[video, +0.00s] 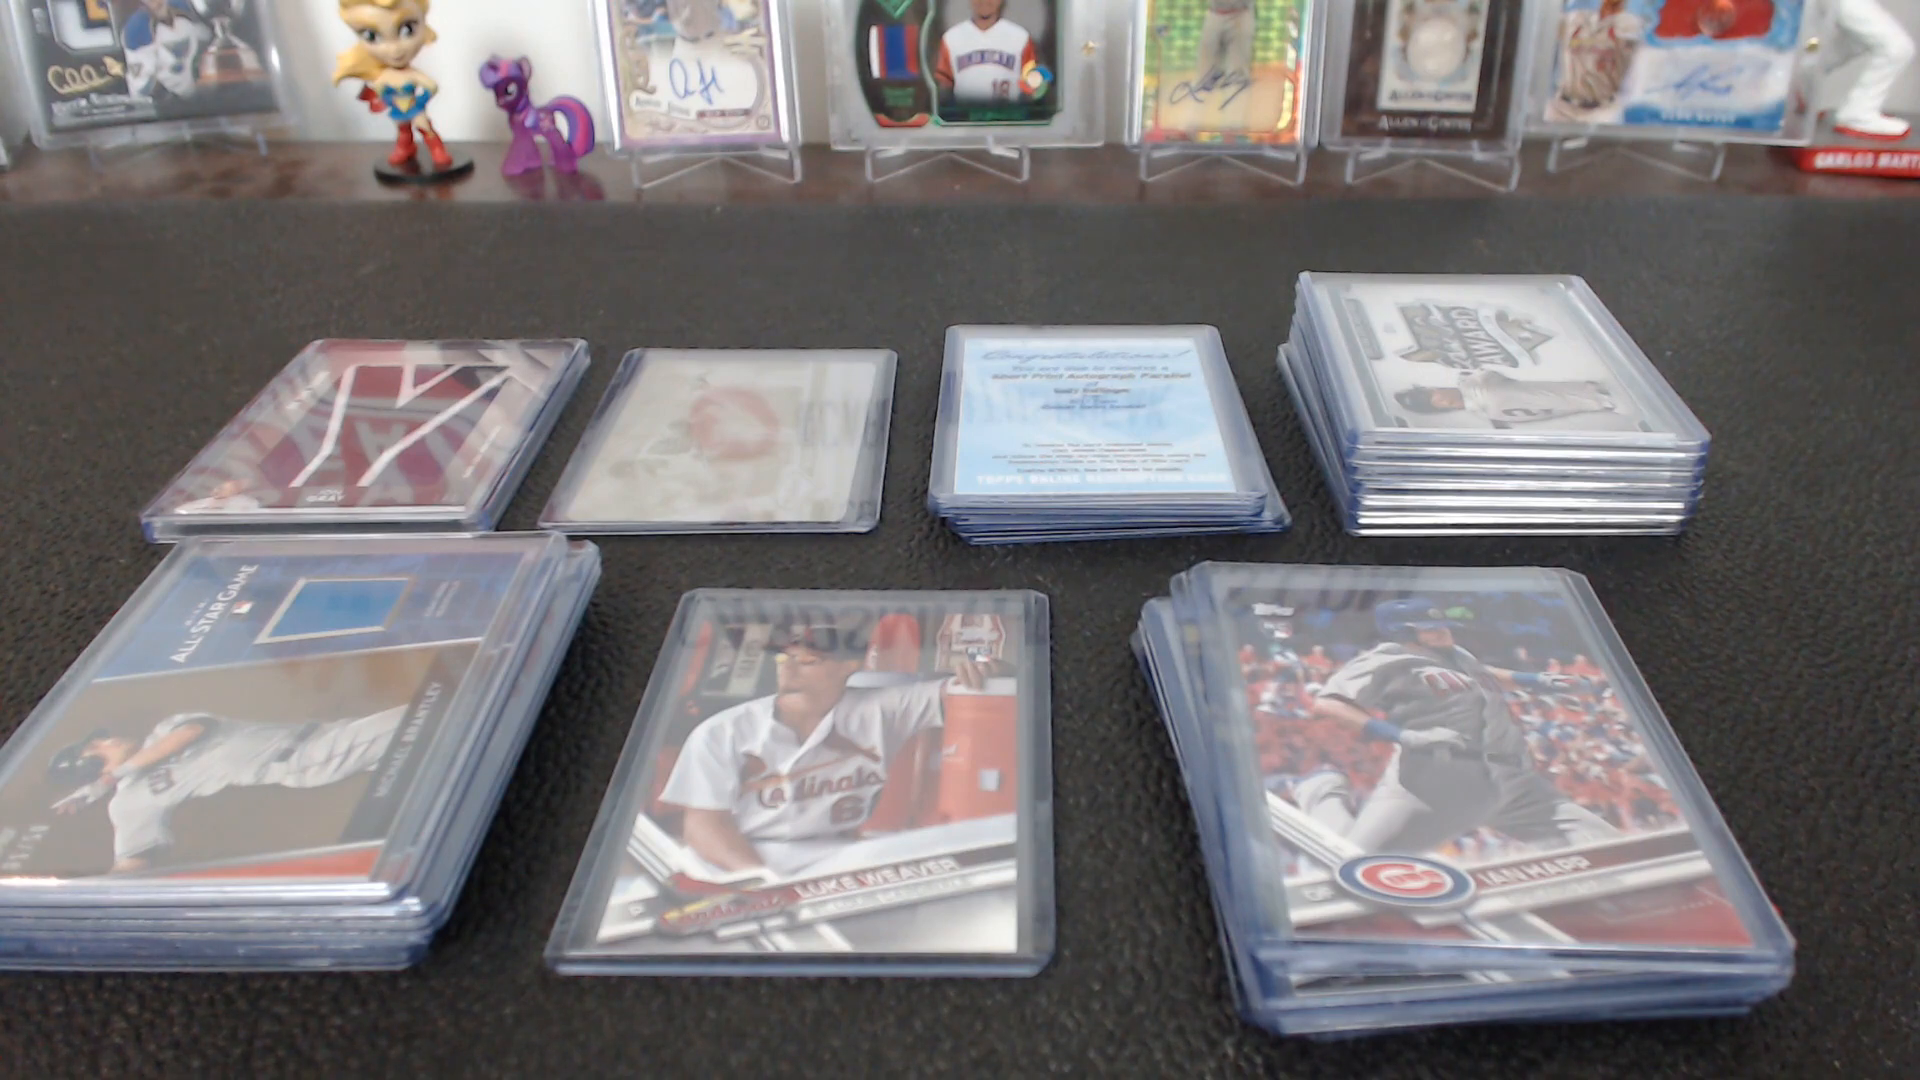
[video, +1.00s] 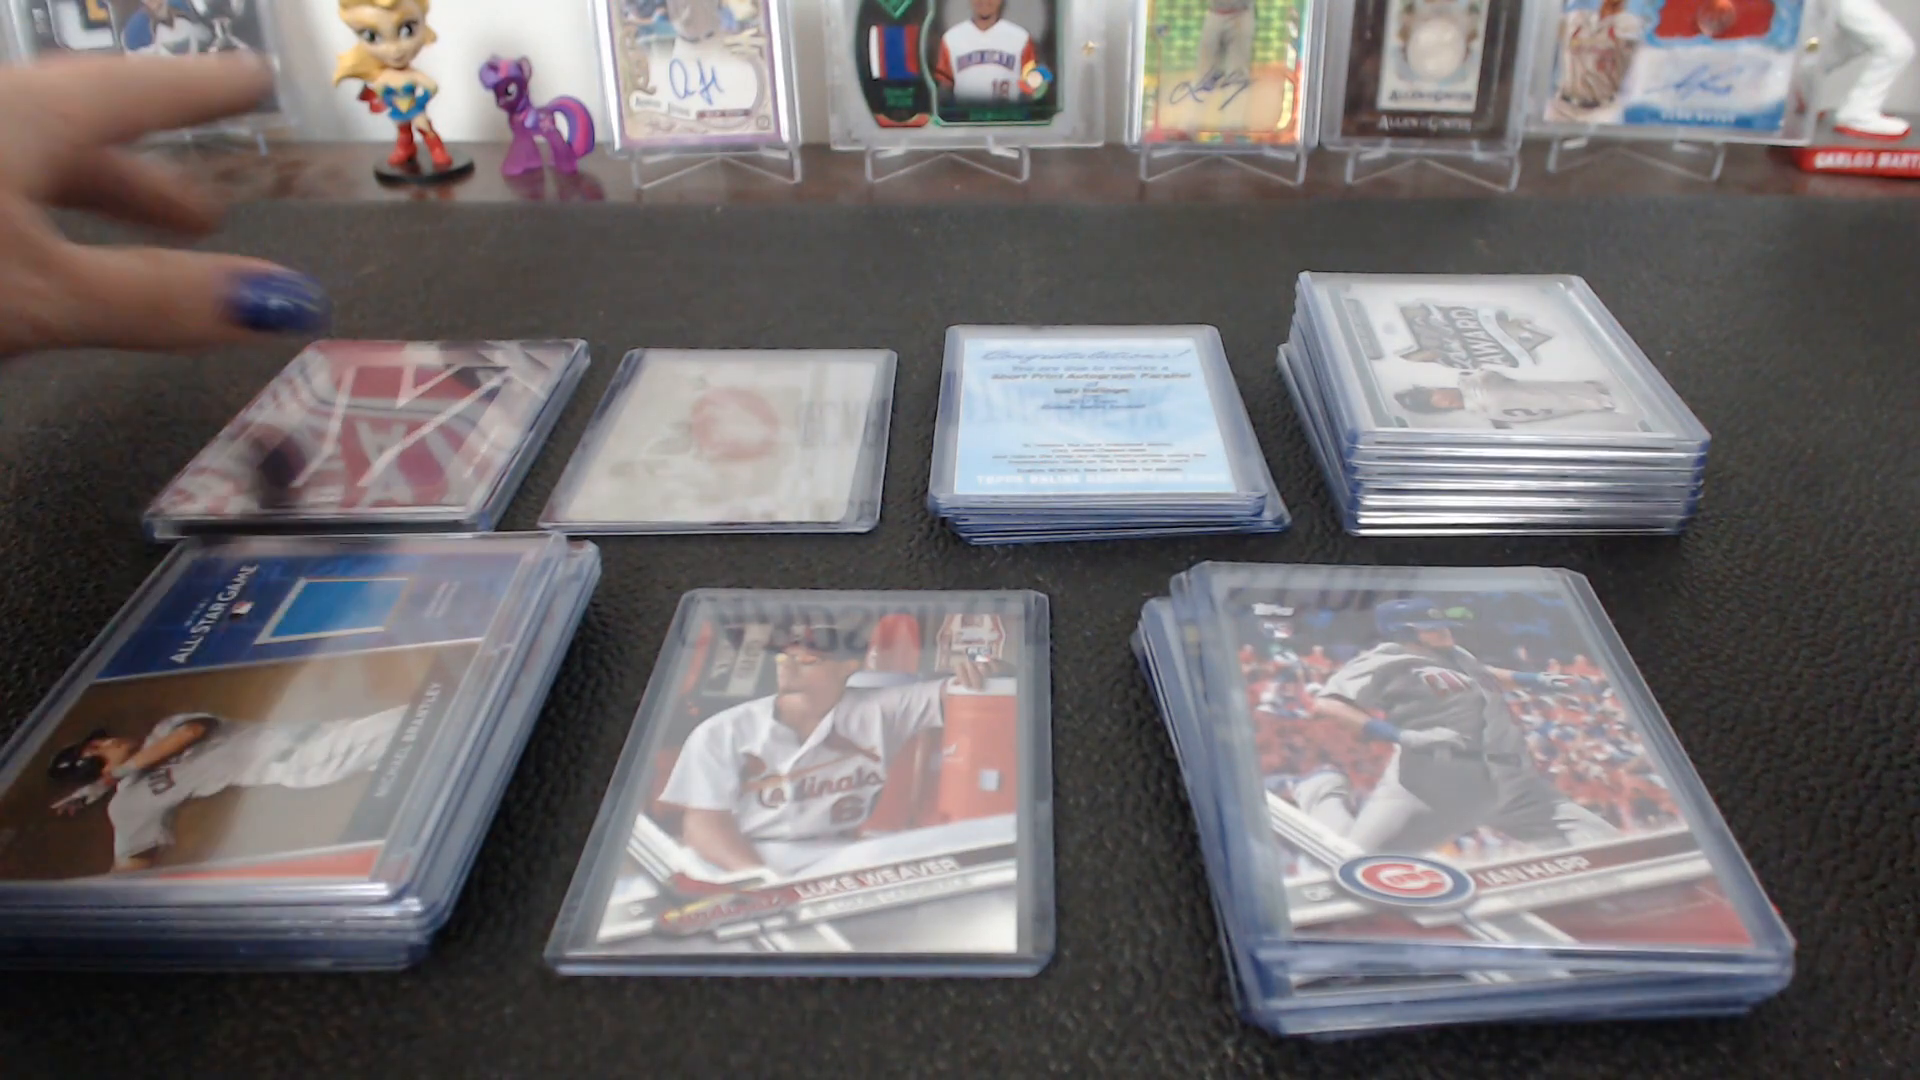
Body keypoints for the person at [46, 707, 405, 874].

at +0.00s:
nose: (112, 740)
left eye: (102, 740)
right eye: (102, 746)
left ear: (109, 741)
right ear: (101, 769)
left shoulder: (161, 729)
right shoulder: (131, 798)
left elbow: (192, 733)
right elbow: (130, 870)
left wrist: (114, 777)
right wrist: (85, 900)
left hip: (313, 732)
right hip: (301, 760)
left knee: (418, 720)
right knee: (416, 717)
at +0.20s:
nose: (112, 740)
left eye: (102, 740)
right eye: (102, 746)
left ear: (109, 742)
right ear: (101, 769)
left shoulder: (161, 728)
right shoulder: (131, 798)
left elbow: (192, 733)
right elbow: (130, 869)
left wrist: (114, 777)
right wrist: (88, 902)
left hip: (313, 732)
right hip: (301, 760)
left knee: (418, 720)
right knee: (416, 717)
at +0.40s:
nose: (112, 740)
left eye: (102, 740)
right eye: (102, 746)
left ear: (108, 743)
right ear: (101, 769)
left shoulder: (160, 729)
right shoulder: (131, 798)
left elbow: (192, 732)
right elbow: (130, 870)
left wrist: (116, 776)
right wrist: (88, 903)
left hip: (312, 732)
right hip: (300, 760)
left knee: (417, 721)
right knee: (415, 717)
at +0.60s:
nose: (110, 744)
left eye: (99, 744)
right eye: (100, 752)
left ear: (108, 739)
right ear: (100, 772)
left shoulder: (161, 728)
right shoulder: (131, 800)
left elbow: (193, 733)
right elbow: (128, 871)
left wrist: (117, 775)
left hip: (309, 733)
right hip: (296, 763)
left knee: (412, 722)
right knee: (410, 719)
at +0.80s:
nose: (104, 771)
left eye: (98, 758)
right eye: (94, 774)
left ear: (112, 741)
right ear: (96, 786)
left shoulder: (161, 731)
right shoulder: (130, 802)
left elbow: (193, 732)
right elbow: (130, 871)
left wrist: (124, 770)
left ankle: (418, 715)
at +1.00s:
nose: (115, 740)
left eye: (106, 739)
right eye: (105, 744)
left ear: (108, 745)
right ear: (101, 761)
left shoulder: (163, 727)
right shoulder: (130, 800)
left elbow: (196, 730)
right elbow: (130, 871)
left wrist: (118, 774)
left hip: (293, 731)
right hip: (286, 763)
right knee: (400, 724)